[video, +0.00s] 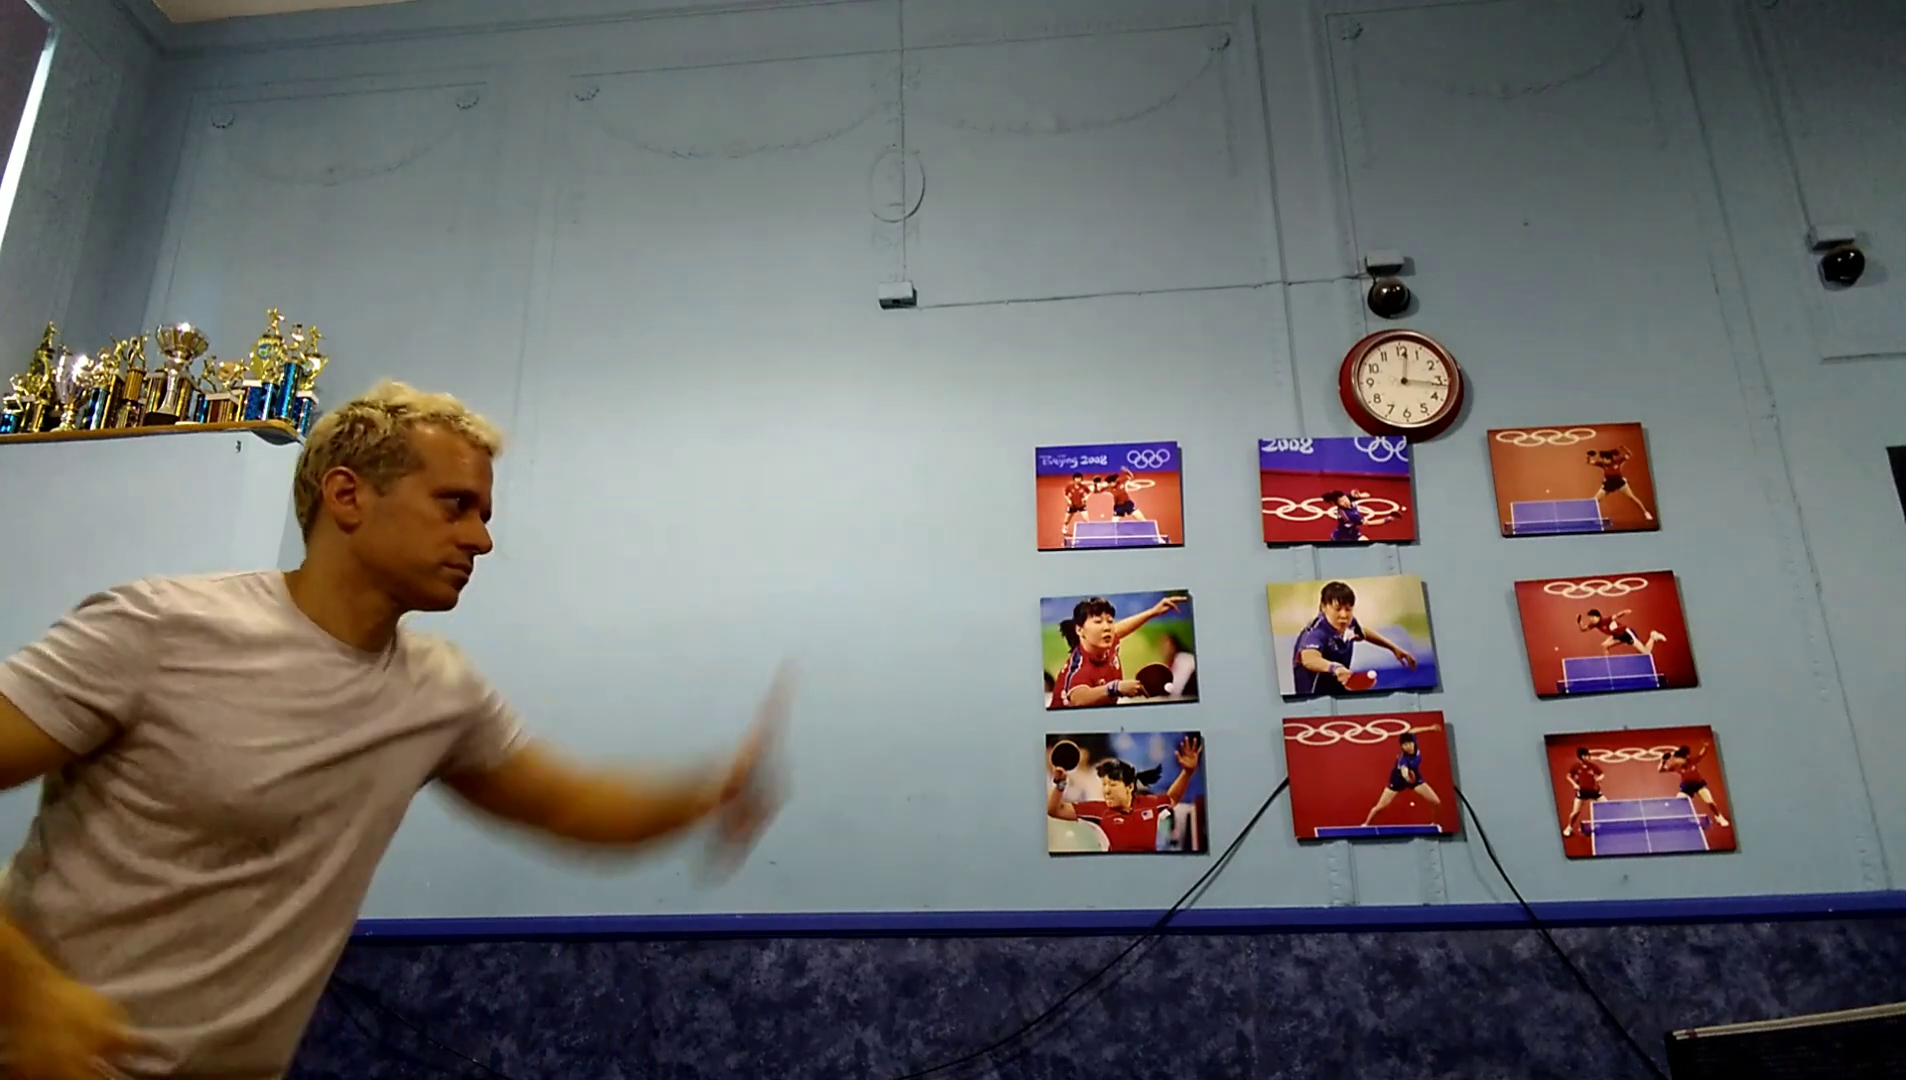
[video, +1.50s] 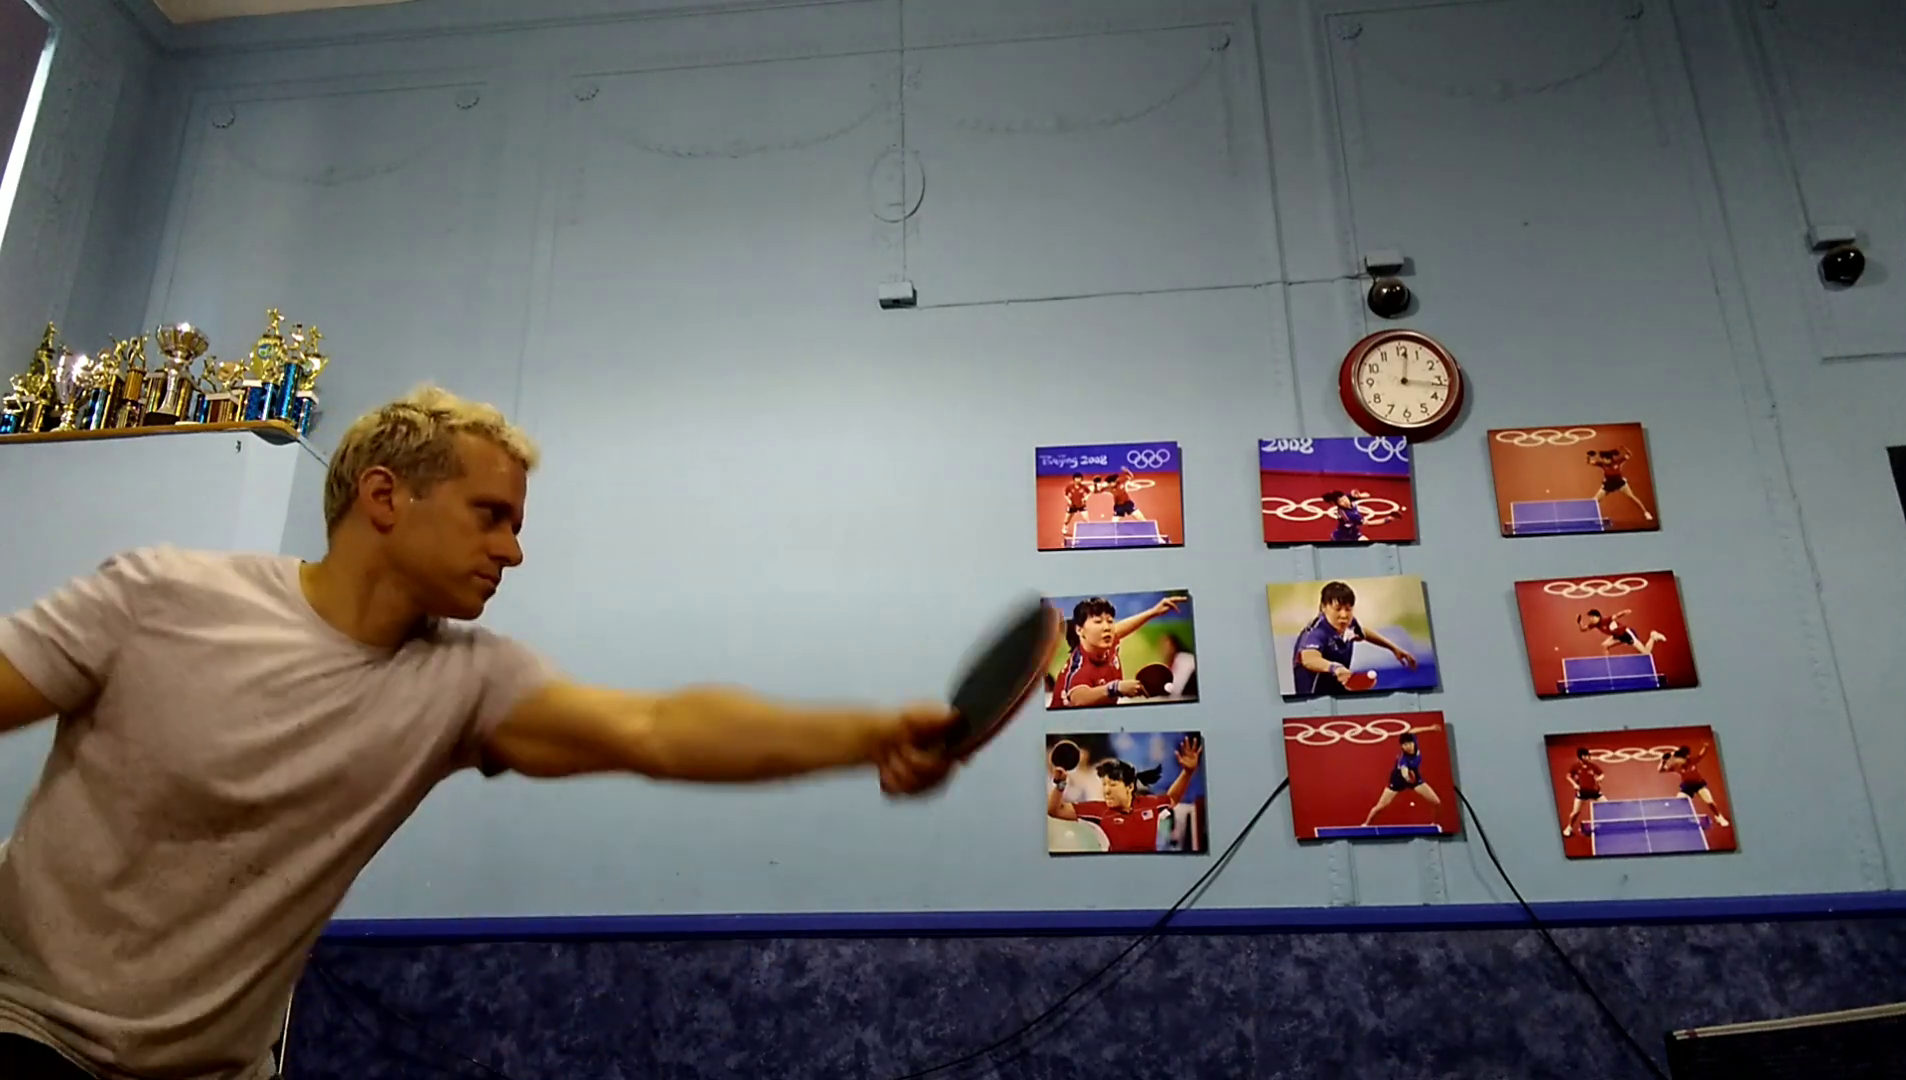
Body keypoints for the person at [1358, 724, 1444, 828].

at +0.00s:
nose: (1408, 747)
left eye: (1409, 744)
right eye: (1405, 745)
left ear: (1413, 743)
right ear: (1402, 747)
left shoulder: (1416, 747)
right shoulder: (1403, 759)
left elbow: (1413, 731)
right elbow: (1404, 771)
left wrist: (1431, 728)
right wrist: (1409, 779)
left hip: (1415, 780)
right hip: (1398, 781)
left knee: (1436, 802)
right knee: (1381, 805)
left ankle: (1434, 823)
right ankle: (1366, 823)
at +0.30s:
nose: (1408, 747)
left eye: (1409, 744)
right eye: (1405, 745)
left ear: (1413, 743)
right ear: (1402, 746)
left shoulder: (1416, 747)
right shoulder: (1403, 759)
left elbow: (1413, 731)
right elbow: (1404, 771)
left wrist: (1431, 728)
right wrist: (1409, 779)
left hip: (1415, 780)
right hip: (1398, 781)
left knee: (1436, 802)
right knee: (1381, 805)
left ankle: (1434, 823)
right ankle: (1366, 823)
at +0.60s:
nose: (1408, 747)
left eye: (1409, 744)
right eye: (1405, 745)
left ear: (1413, 743)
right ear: (1402, 746)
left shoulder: (1416, 747)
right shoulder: (1403, 759)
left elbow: (1413, 731)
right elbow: (1404, 771)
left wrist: (1431, 728)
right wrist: (1409, 778)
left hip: (1415, 779)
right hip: (1398, 781)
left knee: (1436, 802)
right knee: (1381, 805)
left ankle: (1434, 823)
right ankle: (1366, 823)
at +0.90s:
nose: (1408, 747)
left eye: (1409, 744)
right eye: (1405, 745)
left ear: (1413, 743)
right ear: (1402, 746)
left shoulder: (1416, 747)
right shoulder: (1403, 759)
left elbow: (1413, 731)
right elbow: (1403, 770)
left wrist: (1431, 728)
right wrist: (1408, 778)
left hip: (1415, 780)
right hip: (1398, 781)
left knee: (1436, 802)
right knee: (1381, 805)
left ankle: (1434, 823)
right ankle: (1366, 823)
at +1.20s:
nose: (1408, 747)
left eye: (1409, 744)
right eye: (1405, 745)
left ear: (1413, 743)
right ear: (1402, 746)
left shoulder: (1416, 747)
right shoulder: (1403, 759)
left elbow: (1414, 731)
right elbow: (1404, 771)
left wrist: (1431, 728)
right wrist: (1408, 778)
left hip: (1415, 779)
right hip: (1398, 781)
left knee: (1436, 802)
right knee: (1381, 805)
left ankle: (1434, 823)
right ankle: (1366, 823)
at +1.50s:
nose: (1408, 747)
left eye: (1409, 744)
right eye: (1405, 745)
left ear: (1413, 743)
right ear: (1402, 746)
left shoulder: (1416, 747)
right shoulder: (1403, 759)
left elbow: (1414, 731)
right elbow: (1404, 771)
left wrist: (1431, 728)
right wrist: (1409, 778)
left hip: (1415, 779)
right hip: (1398, 781)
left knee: (1436, 802)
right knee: (1381, 805)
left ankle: (1434, 823)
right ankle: (1366, 823)